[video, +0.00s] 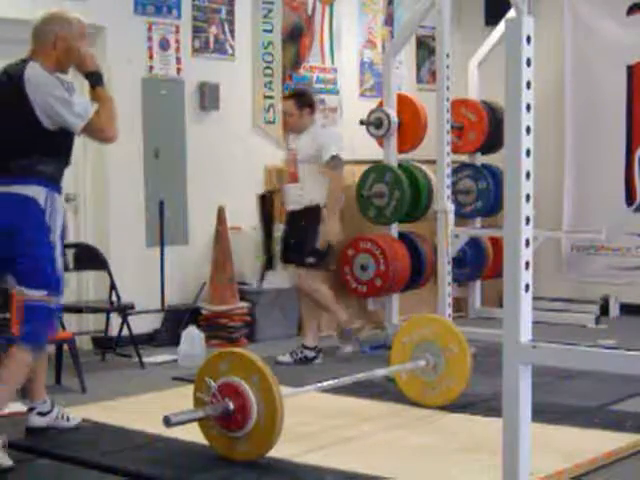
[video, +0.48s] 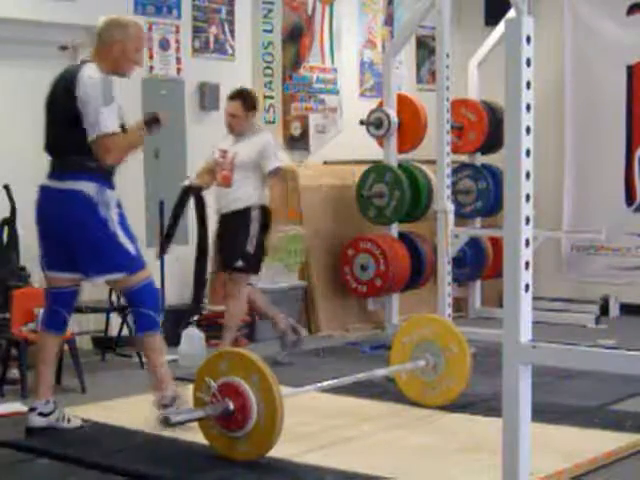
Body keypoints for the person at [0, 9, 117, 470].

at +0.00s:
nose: (86, 52)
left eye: (85, 43)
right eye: (81, 43)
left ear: (45, 43)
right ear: (58, 45)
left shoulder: (10, 76)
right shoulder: (42, 80)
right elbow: (107, 130)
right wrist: (95, 75)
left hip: (10, 195)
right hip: (29, 199)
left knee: (37, 306)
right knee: (39, 309)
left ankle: (38, 404)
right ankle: (5, 400)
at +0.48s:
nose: (139, 61)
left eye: (140, 53)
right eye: (137, 52)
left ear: (109, 46)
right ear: (115, 47)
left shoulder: (69, 77)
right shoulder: (92, 79)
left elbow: (86, 149)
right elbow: (107, 151)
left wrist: (132, 136)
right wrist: (145, 128)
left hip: (54, 197)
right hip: (87, 199)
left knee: (58, 302)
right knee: (144, 294)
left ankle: (42, 406)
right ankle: (168, 399)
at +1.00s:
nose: (255, 73)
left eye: (258, 66)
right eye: (252, 65)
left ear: (224, 57)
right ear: (226, 56)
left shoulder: (197, 81)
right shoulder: (203, 91)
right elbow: (189, 169)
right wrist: (204, 233)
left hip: (165, 189)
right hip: (180, 195)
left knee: (180, 291)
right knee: (219, 298)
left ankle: (121, 369)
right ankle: (210, 393)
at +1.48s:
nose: (305, 95)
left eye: (309, 87)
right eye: (302, 85)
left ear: (298, 84)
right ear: (279, 75)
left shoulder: (289, 117)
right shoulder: (243, 108)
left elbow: (283, 167)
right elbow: (213, 174)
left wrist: (292, 208)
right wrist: (235, 236)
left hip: (253, 202)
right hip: (221, 200)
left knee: (283, 291)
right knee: (235, 299)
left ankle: (304, 379)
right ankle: (218, 388)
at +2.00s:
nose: (350, 189)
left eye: (356, 184)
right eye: (348, 182)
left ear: (361, 177)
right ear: (329, 167)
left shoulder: (352, 179)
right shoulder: (286, 171)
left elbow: (357, 235)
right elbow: (248, 237)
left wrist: (362, 288)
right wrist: (249, 299)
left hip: (288, 216)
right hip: (243, 211)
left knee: (320, 293)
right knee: (252, 305)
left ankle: (317, 383)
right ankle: (249, 387)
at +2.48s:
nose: (332, 276)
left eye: (339, 271)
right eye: (330, 269)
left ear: (351, 256)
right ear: (317, 247)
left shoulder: (347, 247)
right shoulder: (275, 239)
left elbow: (350, 298)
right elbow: (254, 306)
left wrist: (362, 351)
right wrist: (244, 372)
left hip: (282, 206)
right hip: (231, 213)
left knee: (326, 296)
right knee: (238, 303)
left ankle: (317, 383)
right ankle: (242, 383)